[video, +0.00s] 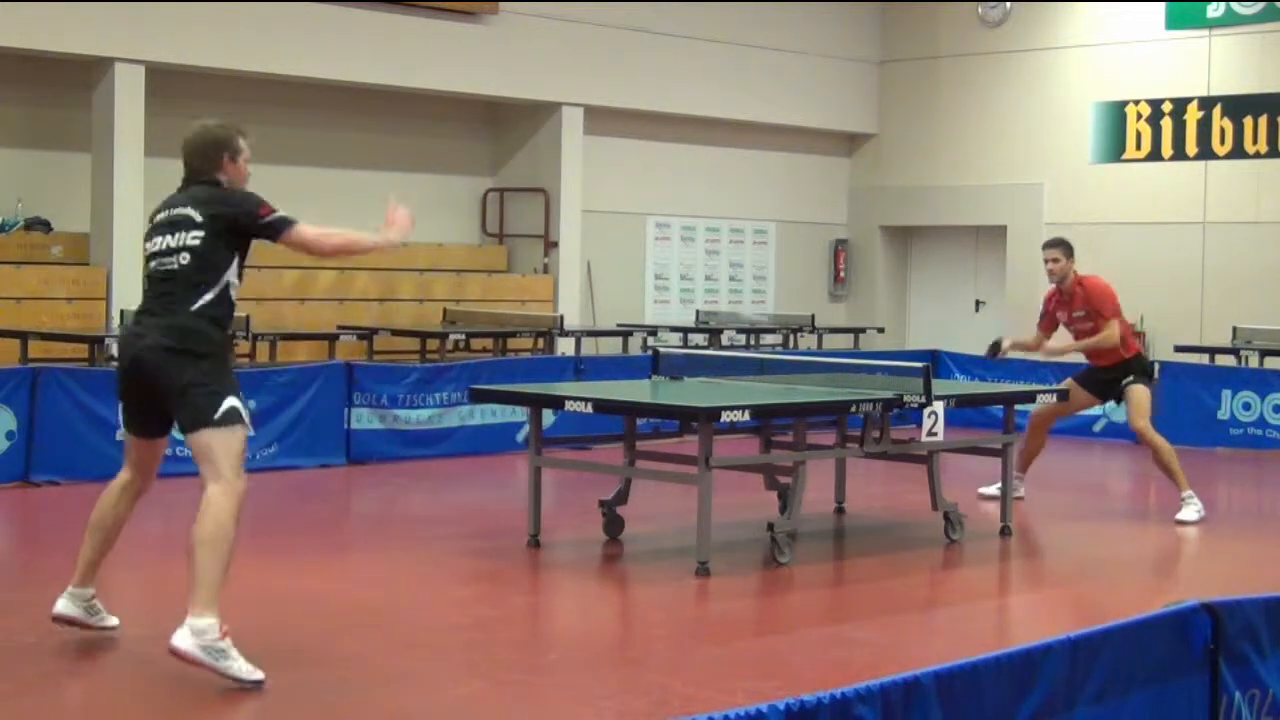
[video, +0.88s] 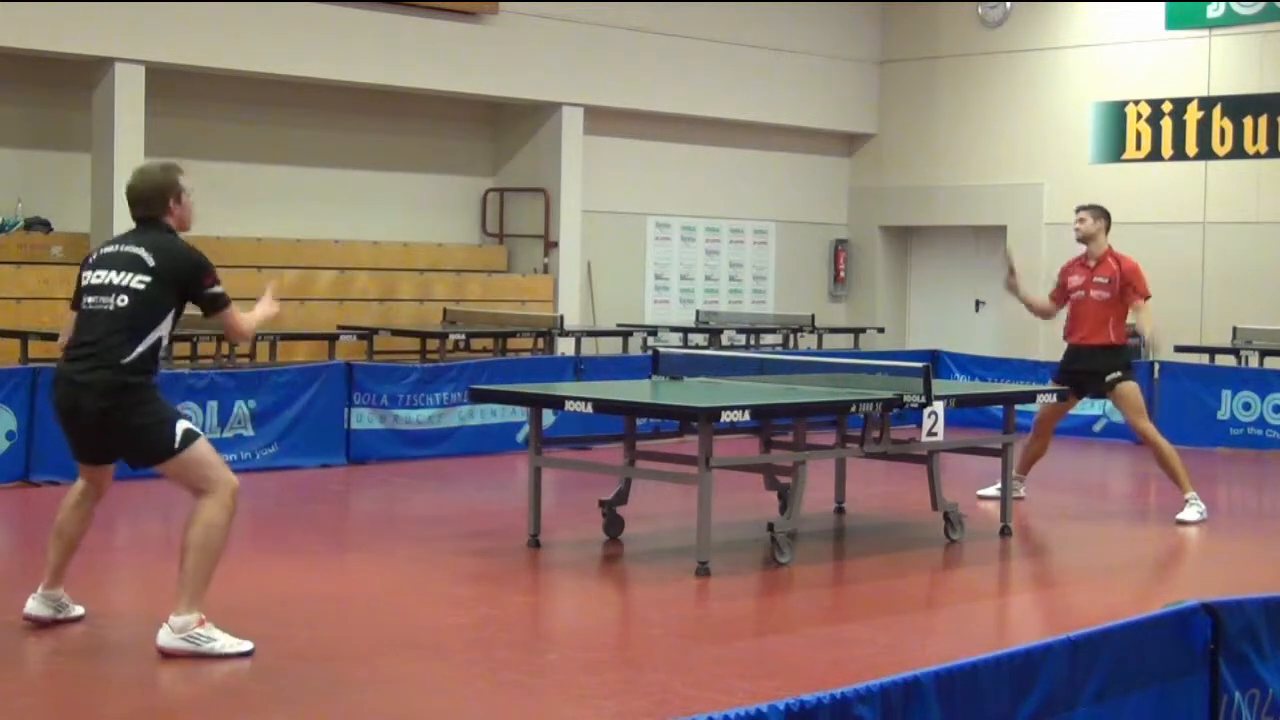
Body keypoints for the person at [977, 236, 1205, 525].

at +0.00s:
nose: (1049, 268)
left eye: (1054, 261)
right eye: (1046, 262)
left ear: (1071, 262)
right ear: (1045, 265)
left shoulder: (1096, 289)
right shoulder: (1053, 299)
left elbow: (1113, 337)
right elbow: (1038, 342)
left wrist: (1061, 349)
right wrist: (1012, 343)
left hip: (1131, 366)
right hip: (1100, 371)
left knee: (1140, 426)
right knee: (1040, 416)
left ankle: (1189, 498)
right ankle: (1015, 482)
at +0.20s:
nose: (1049, 280)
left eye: (1054, 274)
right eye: (1045, 276)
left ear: (1070, 272)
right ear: (1043, 278)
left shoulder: (1097, 295)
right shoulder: (1054, 308)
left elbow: (1130, 328)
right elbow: (1043, 343)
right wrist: (1030, 347)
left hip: (1129, 375)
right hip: (1096, 381)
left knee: (1135, 432)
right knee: (1035, 418)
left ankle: (1189, 500)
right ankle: (1015, 482)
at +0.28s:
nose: (1055, 273)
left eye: (1060, 266)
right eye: (1051, 268)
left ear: (1076, 265)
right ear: (1049, 269)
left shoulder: (1103, 289)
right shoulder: (1052, 301)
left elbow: (1149, 308)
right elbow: (1026, 328)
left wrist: (1139, 329)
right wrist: (1012, 330)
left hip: (1130, 374)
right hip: (1096, 379)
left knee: (1143, 430)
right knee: (1037, 419)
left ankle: (1192, 500)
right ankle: (1014, 483)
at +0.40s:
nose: (1066, 252)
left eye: (1072, 246)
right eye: (1063, 246)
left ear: (1088, 247)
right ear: (1061, 248)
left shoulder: (1111, 277)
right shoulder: (1055, 283)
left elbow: (1157, 283)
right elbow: (1022, 304)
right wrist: (993, 304)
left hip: (1127, 367)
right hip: (1093, 371)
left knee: (1146, 427)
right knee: (1037, 420)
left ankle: (1193, 500)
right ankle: (1014, 483)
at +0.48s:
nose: (1072, 240)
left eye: (1078, 235)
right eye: (1070, 235)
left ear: (1095, 239)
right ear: (1068, 239)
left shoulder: (1113, 272)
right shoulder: (1058, 276)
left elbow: (1151, 279)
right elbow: (1018, 290)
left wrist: (1171, 279)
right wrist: (992, 282)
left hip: (1125, 363)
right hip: (1089, 366)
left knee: (1145, 426)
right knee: (1037, 419)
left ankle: (1192, 499)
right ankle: (1014, 482)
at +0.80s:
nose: (1076, 224)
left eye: (1083, 219)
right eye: (1075, 220)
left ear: (1102, 225)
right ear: (1077, 228)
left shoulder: (1124, 266)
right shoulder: (1068, 267)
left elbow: (1156, 304)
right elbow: (1030, 293)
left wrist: (1165, 299)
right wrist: (1010, 261)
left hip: (1115, 357)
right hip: (1079, 357)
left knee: (1141, 424)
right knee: (1043, 420)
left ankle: (1192, 499)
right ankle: (1015, 482)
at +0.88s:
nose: (1075, 226)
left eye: (1082, 221)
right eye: (1075, 221)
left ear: (1101, 225)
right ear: (1080, 228)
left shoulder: (1125, 267)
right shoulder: (1071, 269)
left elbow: (1141, 309)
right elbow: (1048, 310)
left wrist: (1145, 332)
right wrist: (1018, 290)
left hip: (1112, 357)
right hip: (1075, 357)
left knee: (1142, 427)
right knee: (1043, 422)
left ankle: (1192, 499)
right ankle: (1016, 482)